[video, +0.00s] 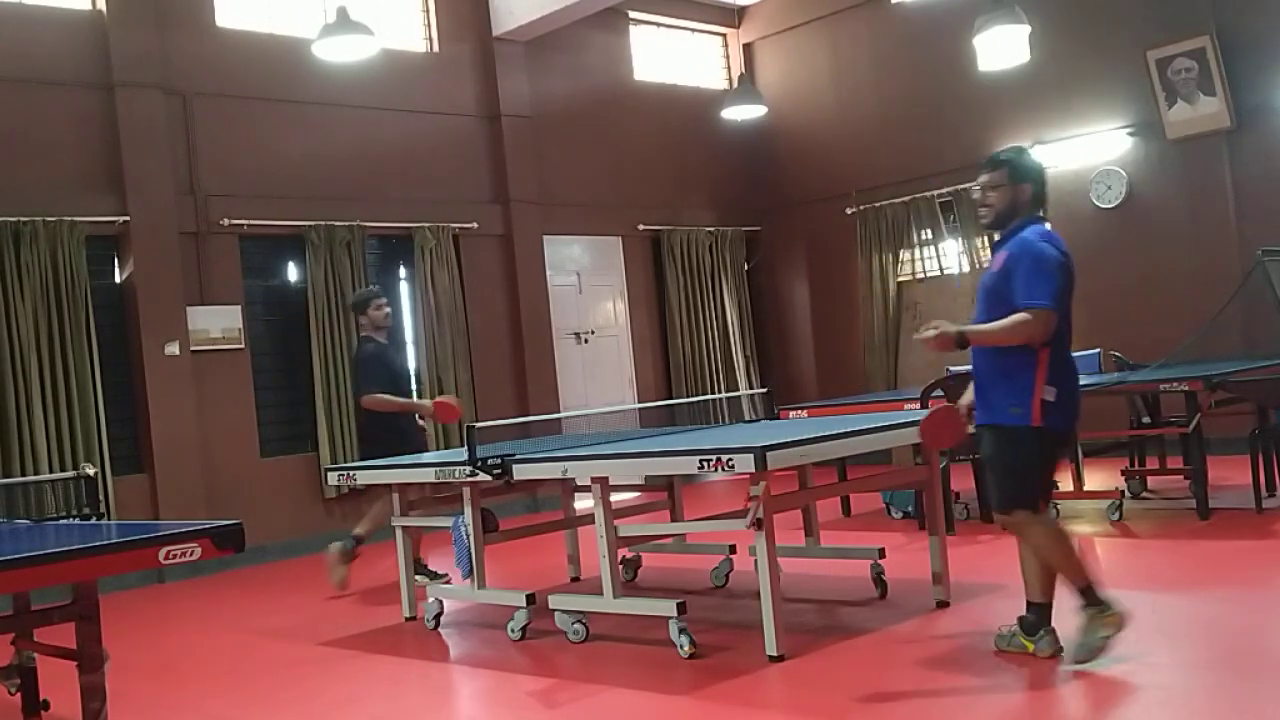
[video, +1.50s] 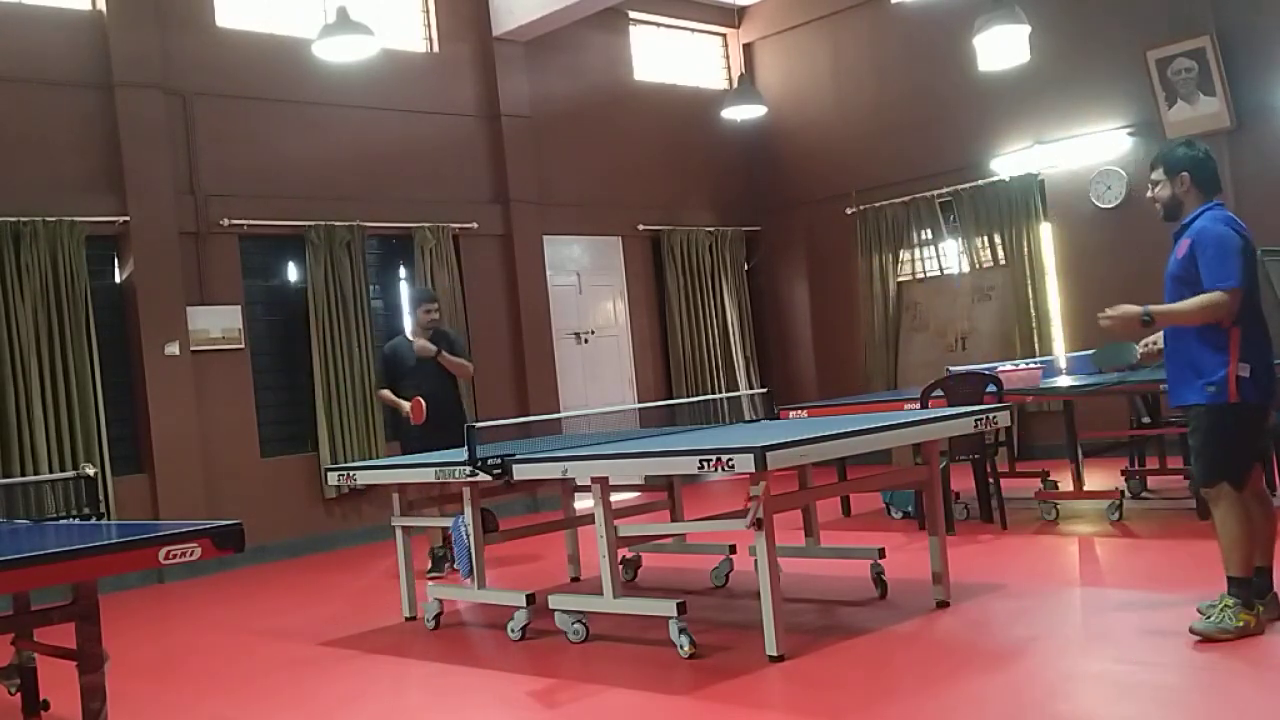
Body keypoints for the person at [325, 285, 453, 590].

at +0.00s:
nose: (387, 310)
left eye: (386, 306)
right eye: (379, 308)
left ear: (384, 311)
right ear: (362, 317)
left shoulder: (381, 347)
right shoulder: (369, 351)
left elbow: (388, 396)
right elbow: (368, 398)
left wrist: (412, 419)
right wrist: (416, 405)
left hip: (396, 438)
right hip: (393, 441)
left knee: (394, 497)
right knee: (414, 500)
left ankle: (351, 543)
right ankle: (415, 563)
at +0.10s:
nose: (398, 307)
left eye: (398, 302)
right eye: (391, 304)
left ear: (399, 307)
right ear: (374, 313)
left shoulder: (397, 344)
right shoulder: (377, 347)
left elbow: (405, 390)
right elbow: (376, 393)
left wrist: (424, 418)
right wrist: (423, 395)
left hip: (412, 437)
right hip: (397, 440)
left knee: (419, 498)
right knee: (413, 501)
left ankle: (382, 539)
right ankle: (415, 562)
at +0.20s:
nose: (409, 306)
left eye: (410, 301)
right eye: (401, 303)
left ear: (413, 307)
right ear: (385, 311)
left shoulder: (412, 339)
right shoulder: (385, 343)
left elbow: (419, 383)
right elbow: (380, 389)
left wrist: (439, 412)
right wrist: (426, 391)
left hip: (426, 431)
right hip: (404, 436)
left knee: (432, 496)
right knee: (414, 499)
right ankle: (414, 561)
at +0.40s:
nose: (433, 309)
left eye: (435, 304)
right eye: (425, 305)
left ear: (440, 308)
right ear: (412, 312)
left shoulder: (450, 344)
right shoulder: (400, 348)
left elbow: (463, 376)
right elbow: (379, 388)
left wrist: (469, 397)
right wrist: (413, 395)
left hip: (453, 437)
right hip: (417, 440)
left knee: (471, 493)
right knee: (423, 503)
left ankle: (491, 548)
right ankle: (416, 561)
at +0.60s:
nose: (456, 309)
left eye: (458, 304)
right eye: (449, 305)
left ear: (463, 307)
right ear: (433, 311)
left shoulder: (477, 340)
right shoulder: (419, 347)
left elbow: (492, 365)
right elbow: (401, 380)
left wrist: (497, 365)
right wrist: (409, 391)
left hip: (472, 429)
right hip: (434, 433)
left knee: (478, 492)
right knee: (429, 498)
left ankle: (495, 547)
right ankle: (422, 559)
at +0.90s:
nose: (460, 312)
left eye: (463, 307)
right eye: (454, 308)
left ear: (467, 309)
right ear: (439, 311)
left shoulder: (475, 336)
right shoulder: (424, 346)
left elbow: (492, 362)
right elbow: (407, 383)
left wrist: (471, 328)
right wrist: (417, 389)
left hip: (481, 424)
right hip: (441, 430)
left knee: (486, 488)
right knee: (442, 493)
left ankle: (496, 547)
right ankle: (440, 552)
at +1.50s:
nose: (434, 316)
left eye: (436, 311)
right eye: (427, 312)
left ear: (440, 312)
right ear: (413, 314)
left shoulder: (448, 339)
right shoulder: (393, 350)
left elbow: (467, 371)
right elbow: (381, 389)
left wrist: (435, 352)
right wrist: (400, 404)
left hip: (452, 426)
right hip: (417, 431)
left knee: (457, 490)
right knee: (427, 493)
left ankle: (460, 546)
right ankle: (437, 549)